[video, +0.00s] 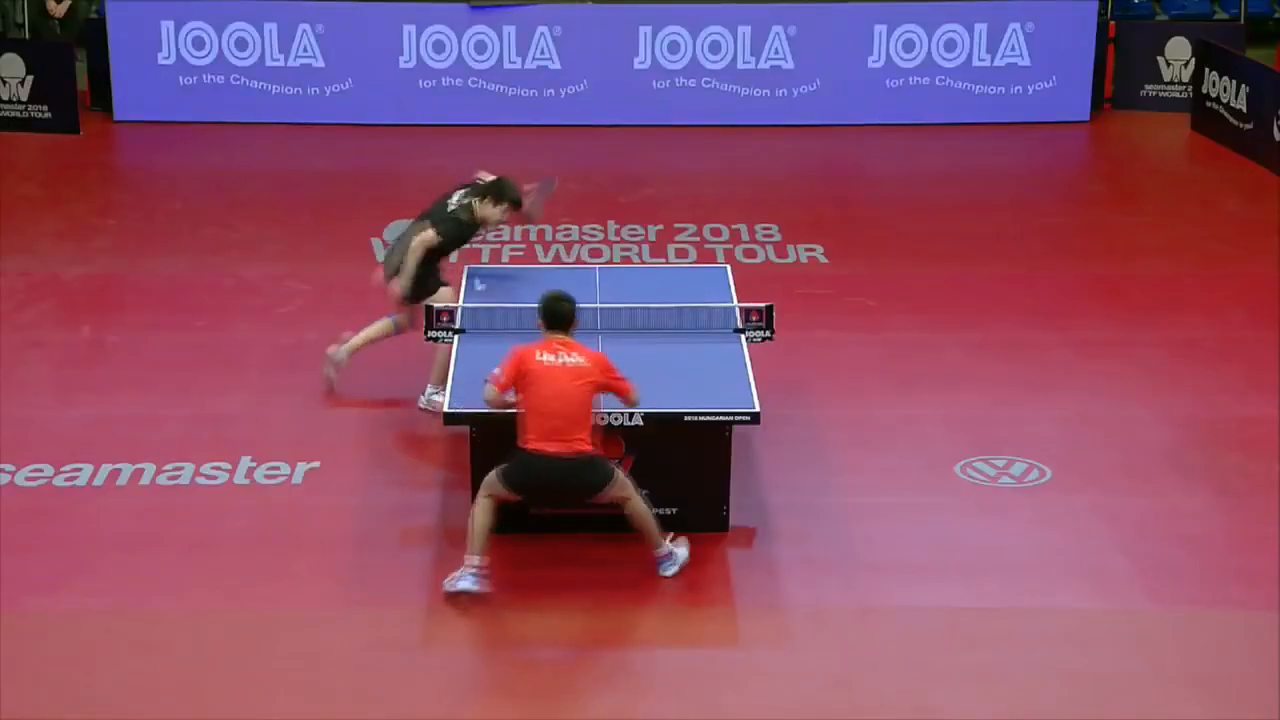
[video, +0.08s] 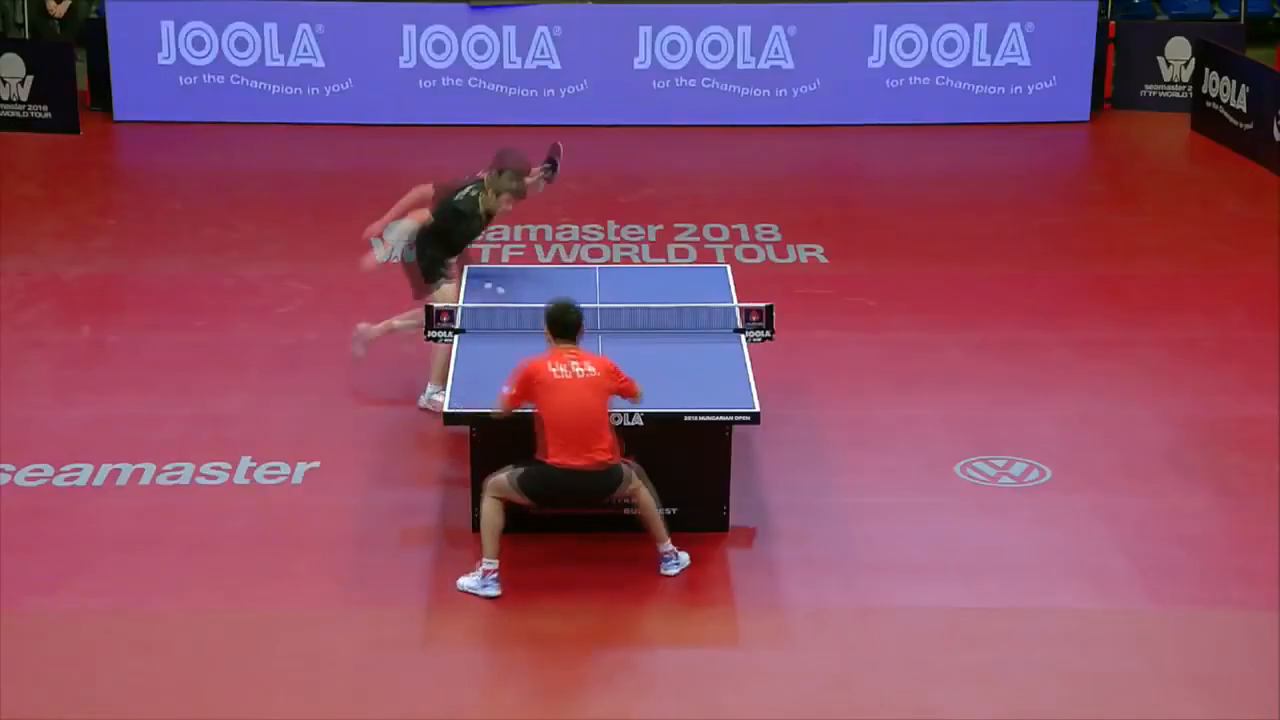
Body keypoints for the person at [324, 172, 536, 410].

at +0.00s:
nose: (502, 219)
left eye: (506, 213)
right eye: (502, 212)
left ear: (490, 198)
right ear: (489, 202)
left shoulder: (474, 192)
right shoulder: (462, 225)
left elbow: (484, 176)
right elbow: (421, 241)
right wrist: (405, 281)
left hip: (400, 257)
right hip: (417, 269)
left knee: (406, 320)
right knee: (456, 316)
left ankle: (345, 350)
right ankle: (434, 391)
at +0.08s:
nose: (509, 206)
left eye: (514, 200)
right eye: (506, 198)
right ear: (491, 187)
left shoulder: (492, 191)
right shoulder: (460, 203)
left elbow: (516, 187)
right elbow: (420, 194)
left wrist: (536, 180)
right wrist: (383, 224)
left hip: (443, 253)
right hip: (421, 251)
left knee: (444, 313)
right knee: (450, 315)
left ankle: (374, 331)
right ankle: (435, 391)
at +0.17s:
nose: (519, 175)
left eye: (521, 169)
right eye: (514, 168)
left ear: (521, 169)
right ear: (497, 164)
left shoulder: (504, 180)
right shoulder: (467, 180)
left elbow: (525, 173)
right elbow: (425, 182)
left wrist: (547, 168)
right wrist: (389, 214)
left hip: (469, 242)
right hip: (442, 241)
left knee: (479, 305)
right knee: (447, 313)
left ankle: (462, 380)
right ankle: (437, 385)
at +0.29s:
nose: (523, 158)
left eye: (527, 152)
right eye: (517, 152)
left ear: (533, 152)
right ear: (501, 150)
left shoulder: (532, 172)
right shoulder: (479, 167)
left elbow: (557, 184)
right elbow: (444, 183)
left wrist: (568, 181)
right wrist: (416, 217)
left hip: (503, 239)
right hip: (469, 238)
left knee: (524, 292)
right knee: (453, 304)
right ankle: (429, 362)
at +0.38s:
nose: (524, 159)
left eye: (529, 153)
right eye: (518, 153)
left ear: (535, 153)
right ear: (504, 152)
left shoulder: (537, 176)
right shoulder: (484, 171)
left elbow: (567, 191)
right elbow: (449, 187)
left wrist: (574, 189)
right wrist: (425, 221)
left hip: (512, 246)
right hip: (477, 244)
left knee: (526, 301)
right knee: (458, 304)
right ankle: (429, 361)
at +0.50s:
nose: (533, 156)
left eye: (538, 150)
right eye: (527, 150)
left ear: (544, 151)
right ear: (515, 150)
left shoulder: (553, 176)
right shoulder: (498, 172)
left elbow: (589, 198)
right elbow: (470, 189)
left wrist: (590, 208)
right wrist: (464, 223)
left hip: (536, 242)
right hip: (496, 242)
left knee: (576, 272)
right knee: (465, 294)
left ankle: (584, 343)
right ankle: (432, 356)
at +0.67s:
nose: (542, 163)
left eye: (547, 157)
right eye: (536, 156)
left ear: (554, 157)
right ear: (525, 155)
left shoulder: (566, 176)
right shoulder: (507, 174)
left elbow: (600, 205)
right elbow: (480, 199)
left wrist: (594, 238)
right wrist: (486, 232)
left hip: (552, 239)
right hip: (511, 238)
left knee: (589, 270)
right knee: (471, 274)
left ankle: (595, 331)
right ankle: (436, 327)